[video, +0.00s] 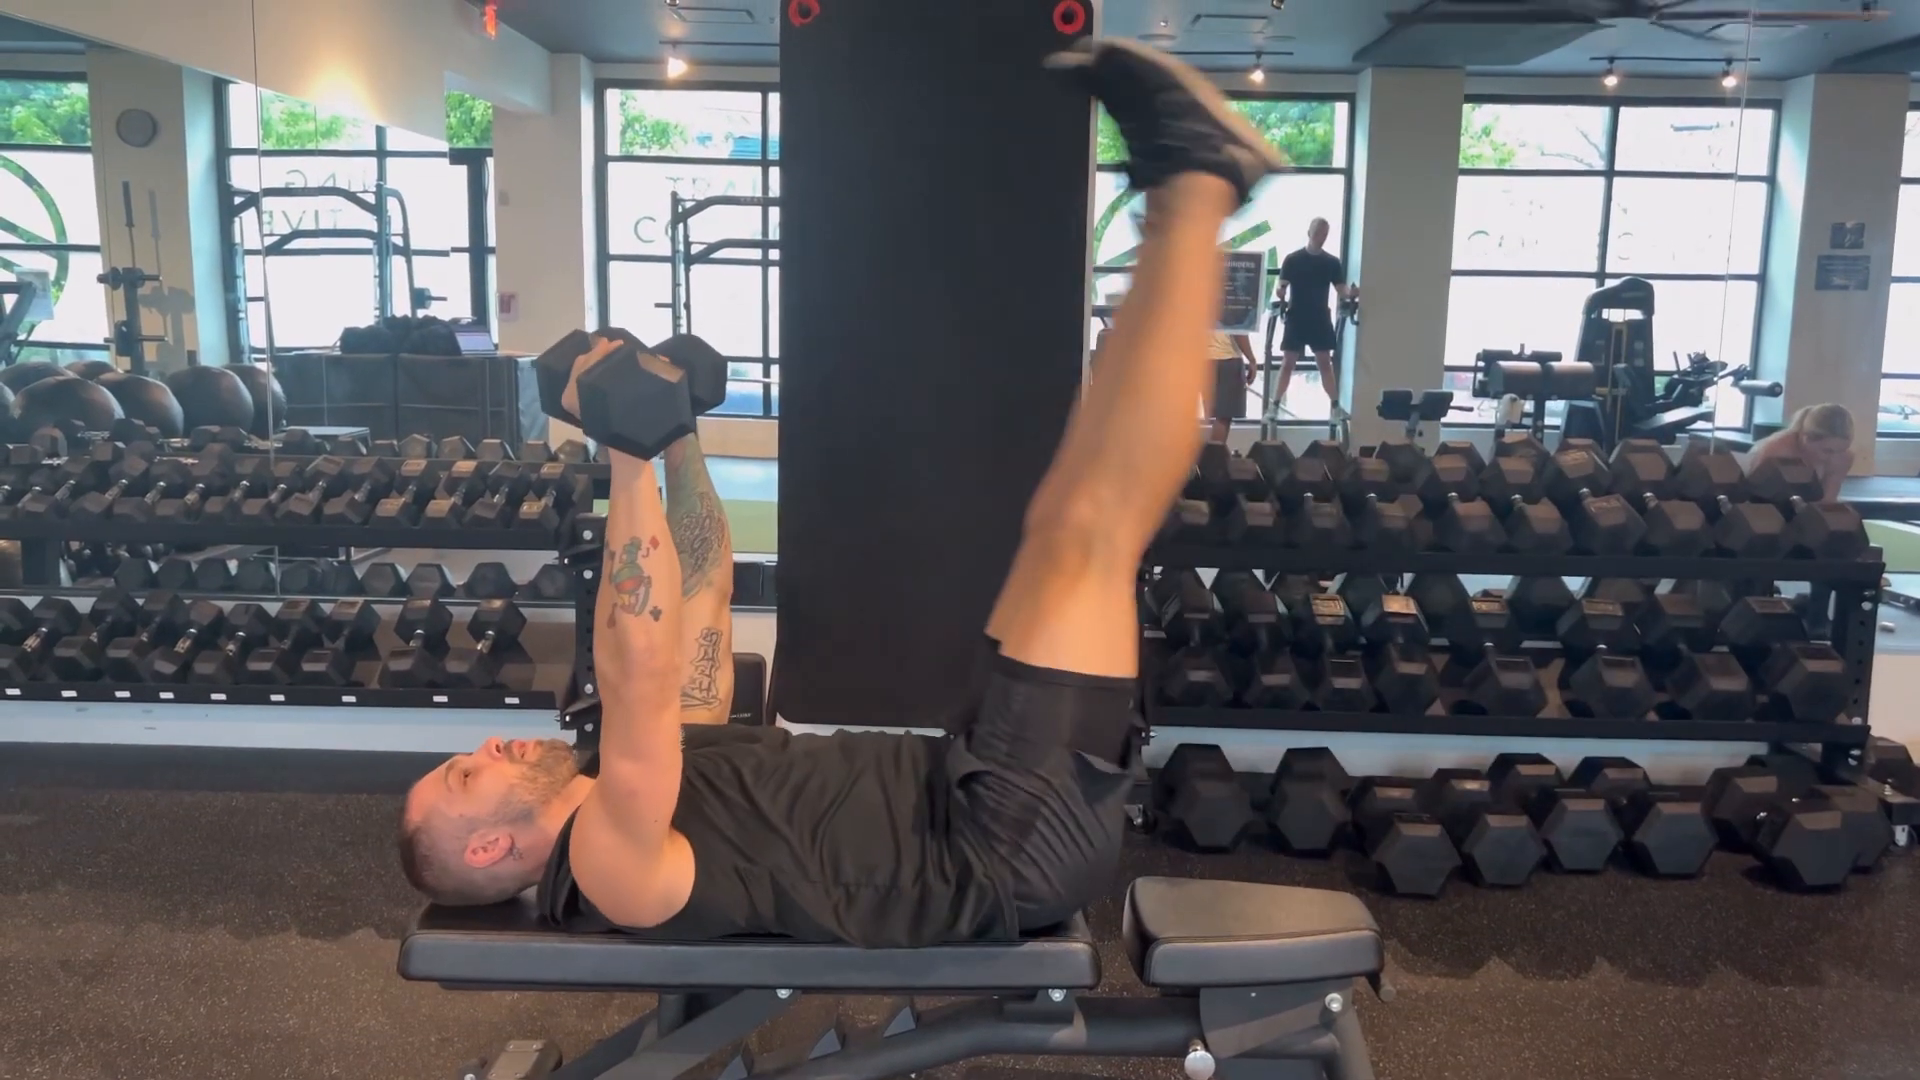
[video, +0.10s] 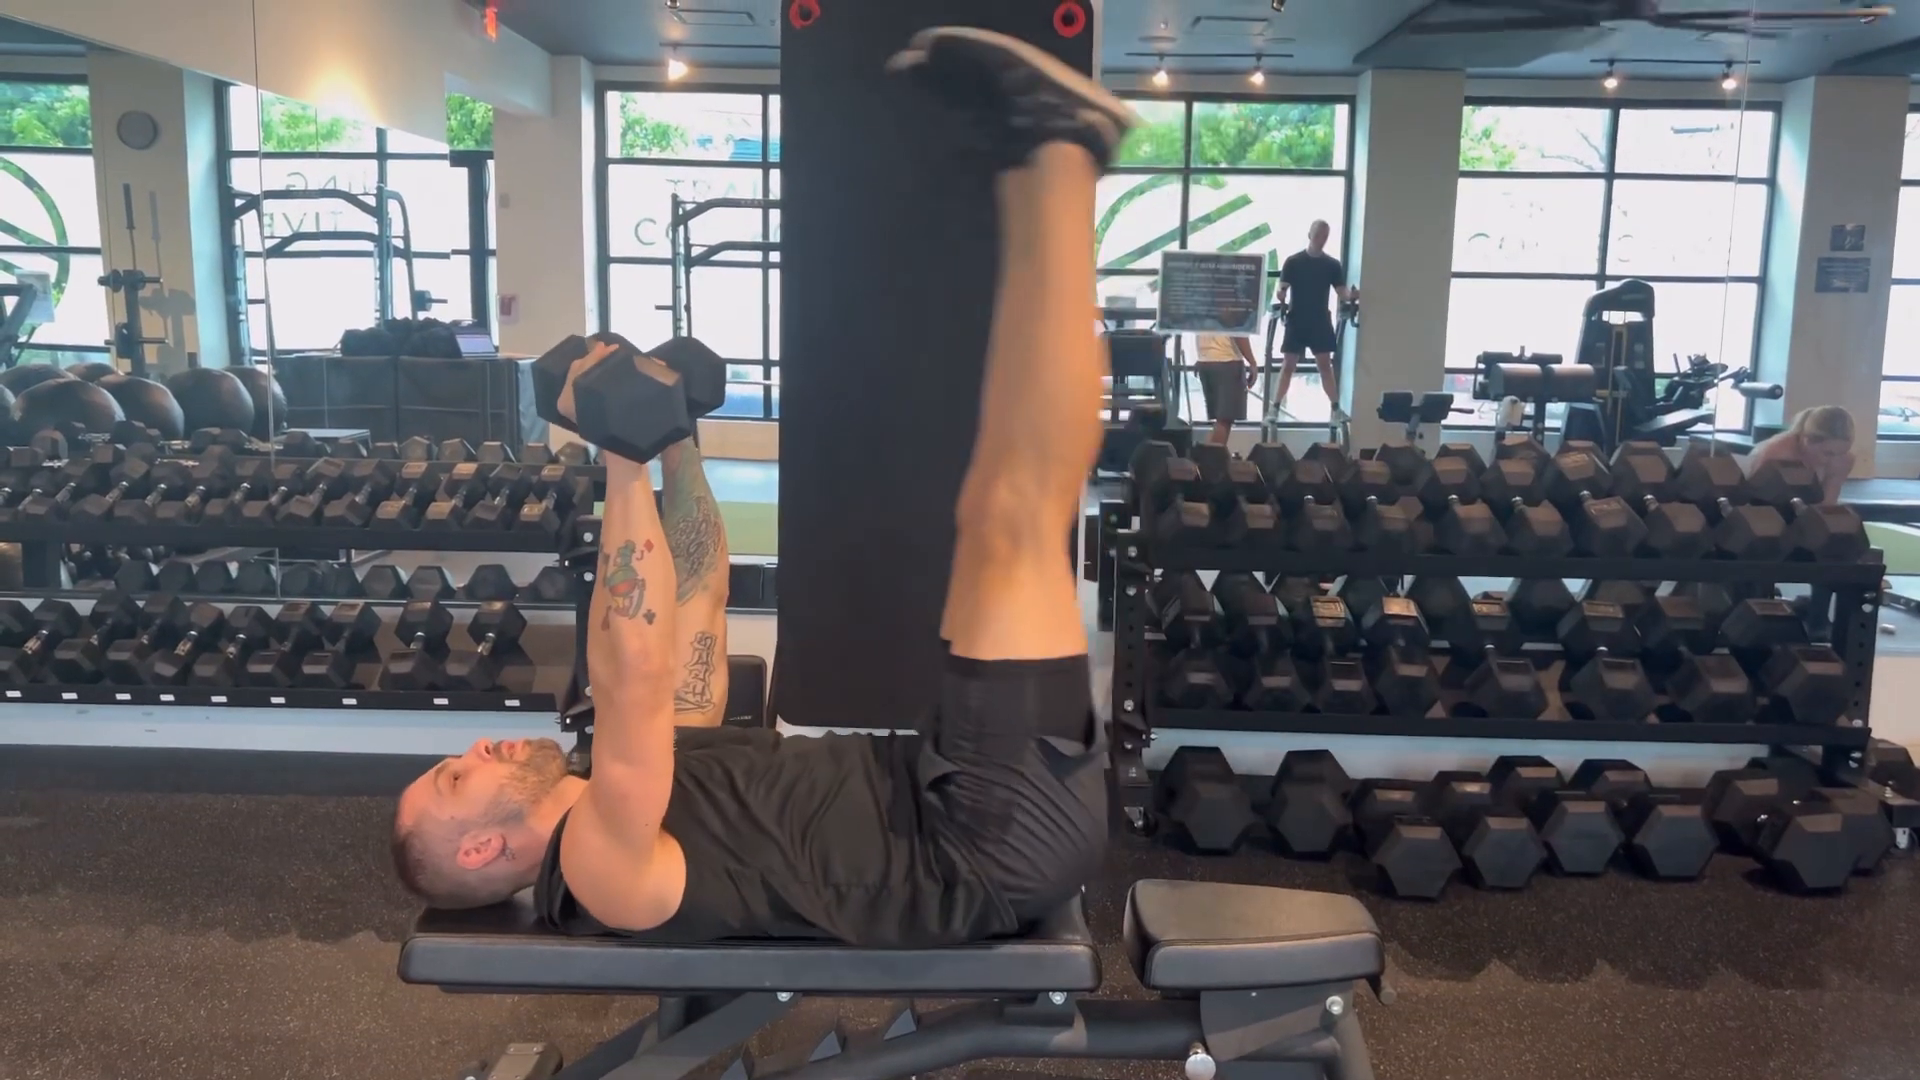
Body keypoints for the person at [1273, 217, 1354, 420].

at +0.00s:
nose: (1320, 238)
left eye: (1323, 234)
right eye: (1317, 233)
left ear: (1326, 235)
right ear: (1309, 233)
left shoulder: (1332, 263)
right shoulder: (1292, 259)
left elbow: (1341, 290)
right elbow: (1281, 288)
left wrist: (1351, 293)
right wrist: (1282, 300)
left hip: (1320, 318)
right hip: (1296, 317)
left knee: (1325, 363)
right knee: (1288, 363)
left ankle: (1335, 405)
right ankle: (1275, 404)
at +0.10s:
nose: (1320, 240)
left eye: (1323, 237)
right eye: (1317, 236)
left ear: (1327, 238)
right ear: (1310, 235)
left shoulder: (1332, 265)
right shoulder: (1293, 262)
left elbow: (1342, 293)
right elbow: (1281, 291)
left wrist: (1353, 294)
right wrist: (1283, 303)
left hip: (1320, 320)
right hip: (1296, 319)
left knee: (1325, 365)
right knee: (1288, 364)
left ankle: (1335, 408)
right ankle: (1275, 406)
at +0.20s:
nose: (1320, 243)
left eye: (1324, 239)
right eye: (1317, 238)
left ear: (1327, 240)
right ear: (1310, 237)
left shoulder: (1332, 267)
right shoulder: (1293, 264)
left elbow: (1342, 295)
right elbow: (1281, 292)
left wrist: (1354, 296)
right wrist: (1283, 305)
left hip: (1320, 322)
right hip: (1296, 321)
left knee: (1324, 366)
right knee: (1289, 366)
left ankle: (1335, 409)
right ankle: (1275, 407)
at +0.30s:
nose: (1320, 245)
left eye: (1324, 241)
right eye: (1317, 240)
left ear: (1327, 242)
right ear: (1310, 239)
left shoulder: (1333, 268)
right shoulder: (1293, 265)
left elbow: (1342, 296)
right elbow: (1281, 294)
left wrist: (1354, 298)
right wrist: (1283, 306)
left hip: (1320, 323)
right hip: (1296, 322)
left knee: (1324, 367)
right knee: (1289, 368)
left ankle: (1335, 411)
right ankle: (1275, 410)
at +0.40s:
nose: (1320, 246)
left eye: (1324, 242)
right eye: (1317, 241)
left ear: (1328, 243)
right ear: (1310, 240)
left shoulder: (1333, 270)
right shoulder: (1294, 267)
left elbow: (1342, 298)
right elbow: (1281, 295)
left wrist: (1354, 300)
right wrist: (1283, 306)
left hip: (1320, 324)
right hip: (1296, 323)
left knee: (1325, 369)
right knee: (1289, 369)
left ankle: (1336, 413)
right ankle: (1276, 410)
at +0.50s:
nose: (1320, 246)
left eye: (1324, 243)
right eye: (1317, 242)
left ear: (1328, 245)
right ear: (1310, 241)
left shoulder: (1333, 271)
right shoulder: (1294, 268)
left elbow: (1342, 299)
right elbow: (1281, 296)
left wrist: (1352, 301)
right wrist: (1283, 309)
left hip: (1320, 325)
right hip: (1297, 324)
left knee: (1325, 371)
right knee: (1289, 370)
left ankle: (1336, 414)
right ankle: (1276, 412)